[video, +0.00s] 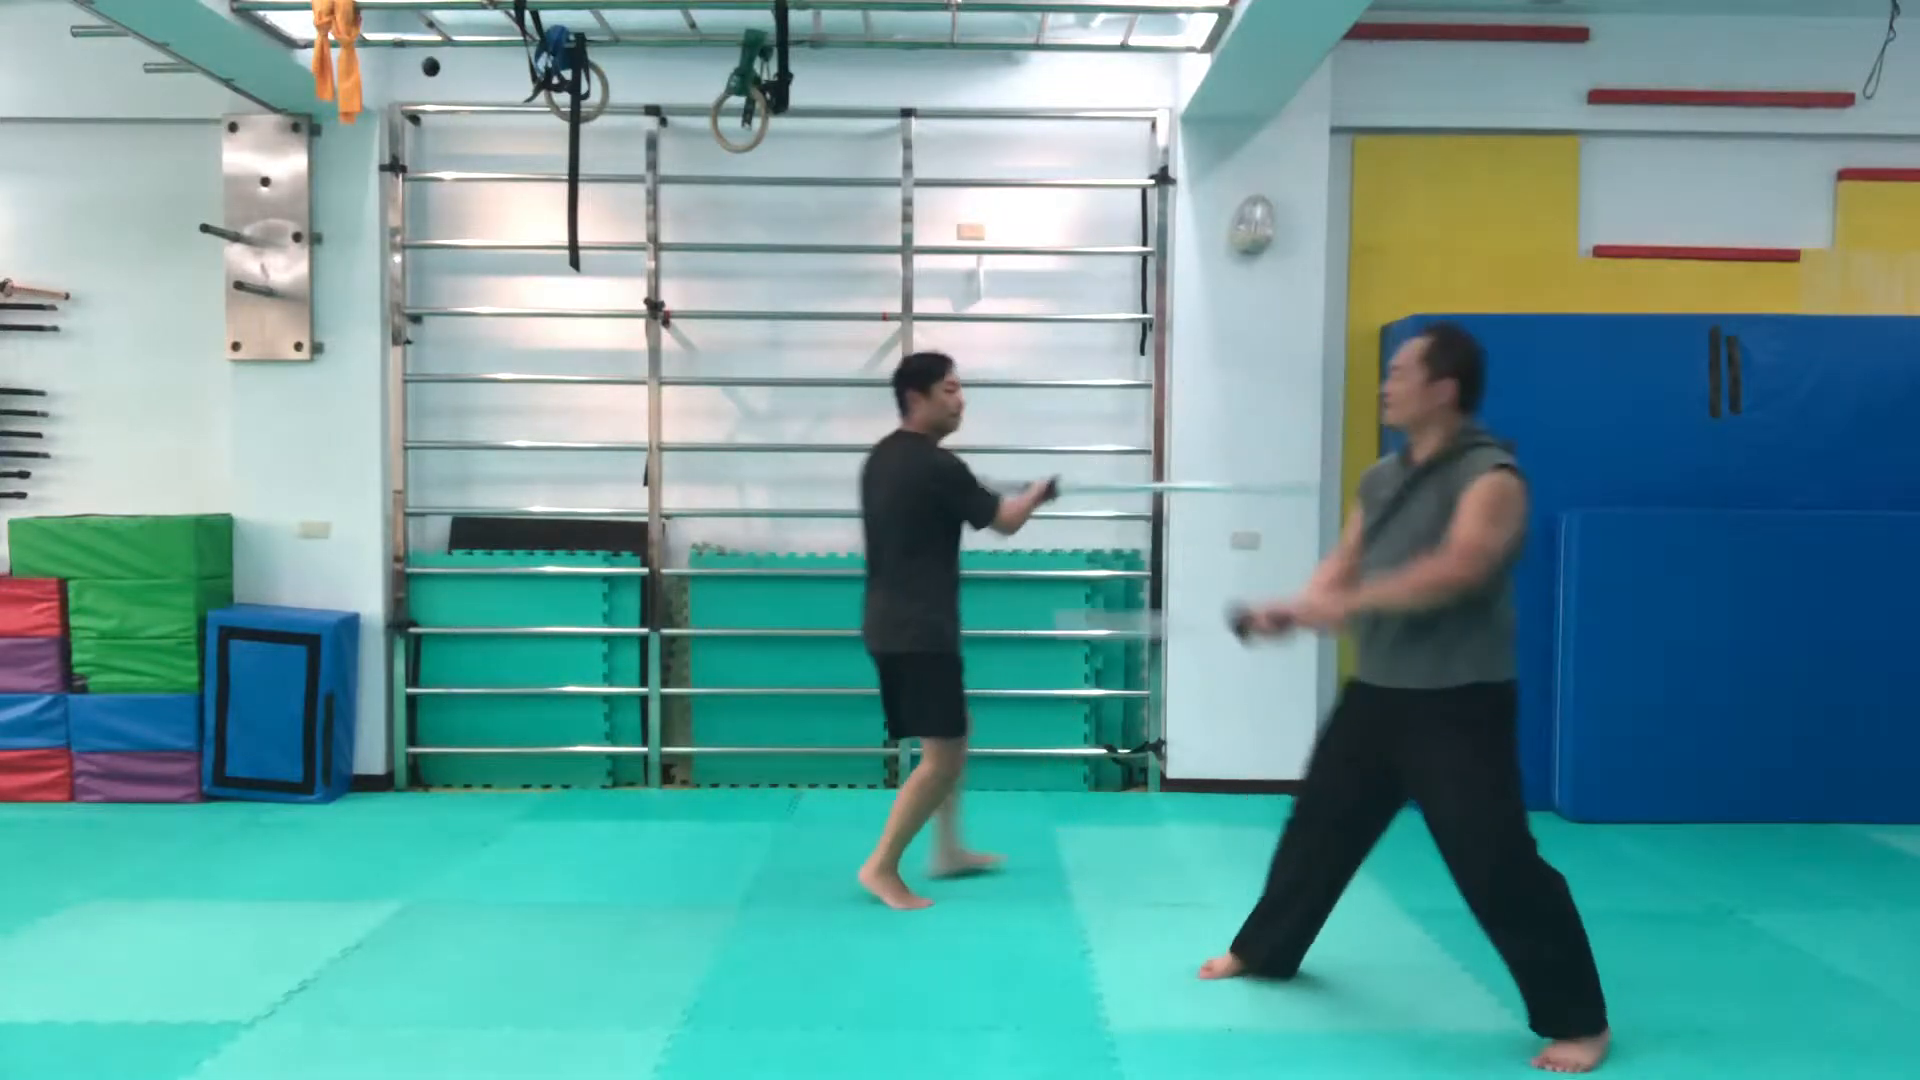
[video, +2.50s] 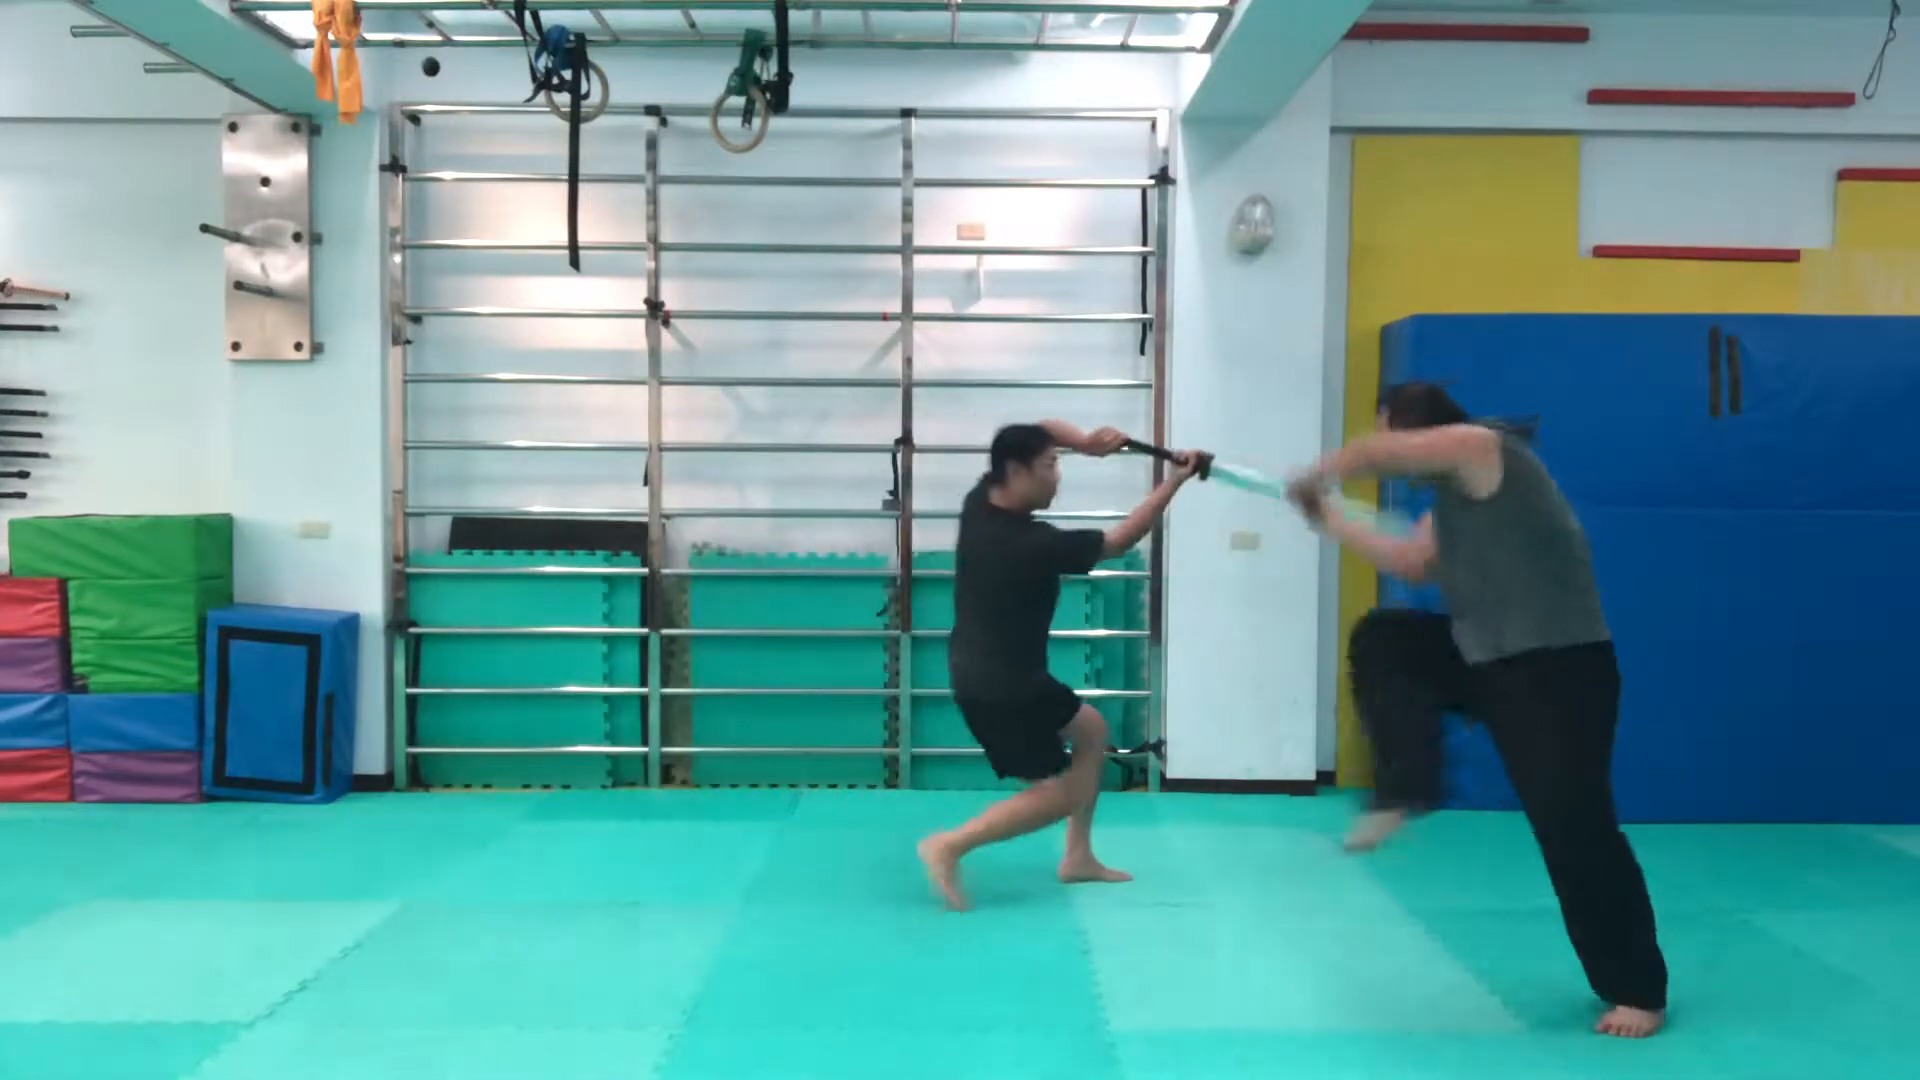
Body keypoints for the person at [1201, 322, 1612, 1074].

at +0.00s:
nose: (1386, 386)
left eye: (1400, 376)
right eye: (1388, 374)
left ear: (1446, 388)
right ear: (1415, 389)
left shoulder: (1492, 478)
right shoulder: (1380, 480)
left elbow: (1460, 569)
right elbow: (1345, 566)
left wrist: (1347, 603)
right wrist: (1289, 610)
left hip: (1461, 707)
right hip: (1378, 700)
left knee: (1498, 869)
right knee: (1320, 828)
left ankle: (1579, 1022)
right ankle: (1262, 952)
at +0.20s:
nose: (1448, 372)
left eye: (1463, 361)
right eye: (1452, 360)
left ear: (1510, 376)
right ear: (1490, 377)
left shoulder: (1555, 468)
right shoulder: (1434, 463)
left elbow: (1550, 581)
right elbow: (1400, 564)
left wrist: (1455, 627)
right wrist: (1380, 645)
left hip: (1507, 696)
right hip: (1421, 688)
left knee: (1526, 860)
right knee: (1375, 809)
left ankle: (1582, 1029)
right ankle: (1345, 941)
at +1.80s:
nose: (1398, 398)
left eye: (1411, 388)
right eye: (1399, 388)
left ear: (1456, 397)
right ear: (1427, 399)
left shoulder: (1494, 472)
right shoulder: (1397, 480)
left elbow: (1463, 564)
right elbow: (1356, 557)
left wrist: (1376, 612)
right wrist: (1304, 578)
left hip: (1481, 681)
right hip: (1399, 677)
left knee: (1522, 822)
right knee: (1366, 791)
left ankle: (1586, 966)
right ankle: (1366, 918)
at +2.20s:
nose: (1422, 440)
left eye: (1431, 427)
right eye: (1420, 427)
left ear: (1480, 427)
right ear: (1461, 430)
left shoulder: (1540, 474)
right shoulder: (1431, 493)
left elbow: (1464, 543)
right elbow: (1367, 549)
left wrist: (1369, 571)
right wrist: (1305, 600)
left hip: (1562, 686)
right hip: (1473, 687)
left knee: (1578, 839)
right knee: (1412, 786)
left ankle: (1627, 998)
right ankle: (1379, 913)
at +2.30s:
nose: (1417, 464)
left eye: (1423, 447)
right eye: (1411, 450)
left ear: (1467, 435)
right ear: (1450, 442)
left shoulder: (1527, 461)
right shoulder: (1461, 486)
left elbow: (1438, 538)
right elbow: (1418, 578)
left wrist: (1378, 594)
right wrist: (1357, 632)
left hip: (1570, 667)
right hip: (1490, 661)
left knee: (1584, 830)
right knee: (1401, 725)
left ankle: (1631, 995)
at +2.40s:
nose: (1397, 467)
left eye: (1402, 453)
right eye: (1392, 455)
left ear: (1445, 441)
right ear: (1440, 448)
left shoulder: (1500, 455)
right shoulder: (1463, 498)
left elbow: (1405, 501)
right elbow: (1451, 573)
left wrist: (1350, 538)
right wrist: (1371, 590)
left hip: (1573, 664)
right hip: (1505, 667)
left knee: (1586, 821)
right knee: (1398, 651)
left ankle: (1631, 994)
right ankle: (1494, 778)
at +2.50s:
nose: (1387, 450)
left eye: (1391, 440)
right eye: (1386, 440)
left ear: (1419, 430)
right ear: (1420, 436)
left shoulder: (1487, 452)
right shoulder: (1453, 509)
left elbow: (1386, 449)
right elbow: (1410, 561)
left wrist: (1323, 471)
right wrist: (1329, 520)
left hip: (1558, 671)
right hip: (1496, 666)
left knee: (1577, 828)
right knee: (1381, 637)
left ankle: (1638, 993)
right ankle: (1404, 789)